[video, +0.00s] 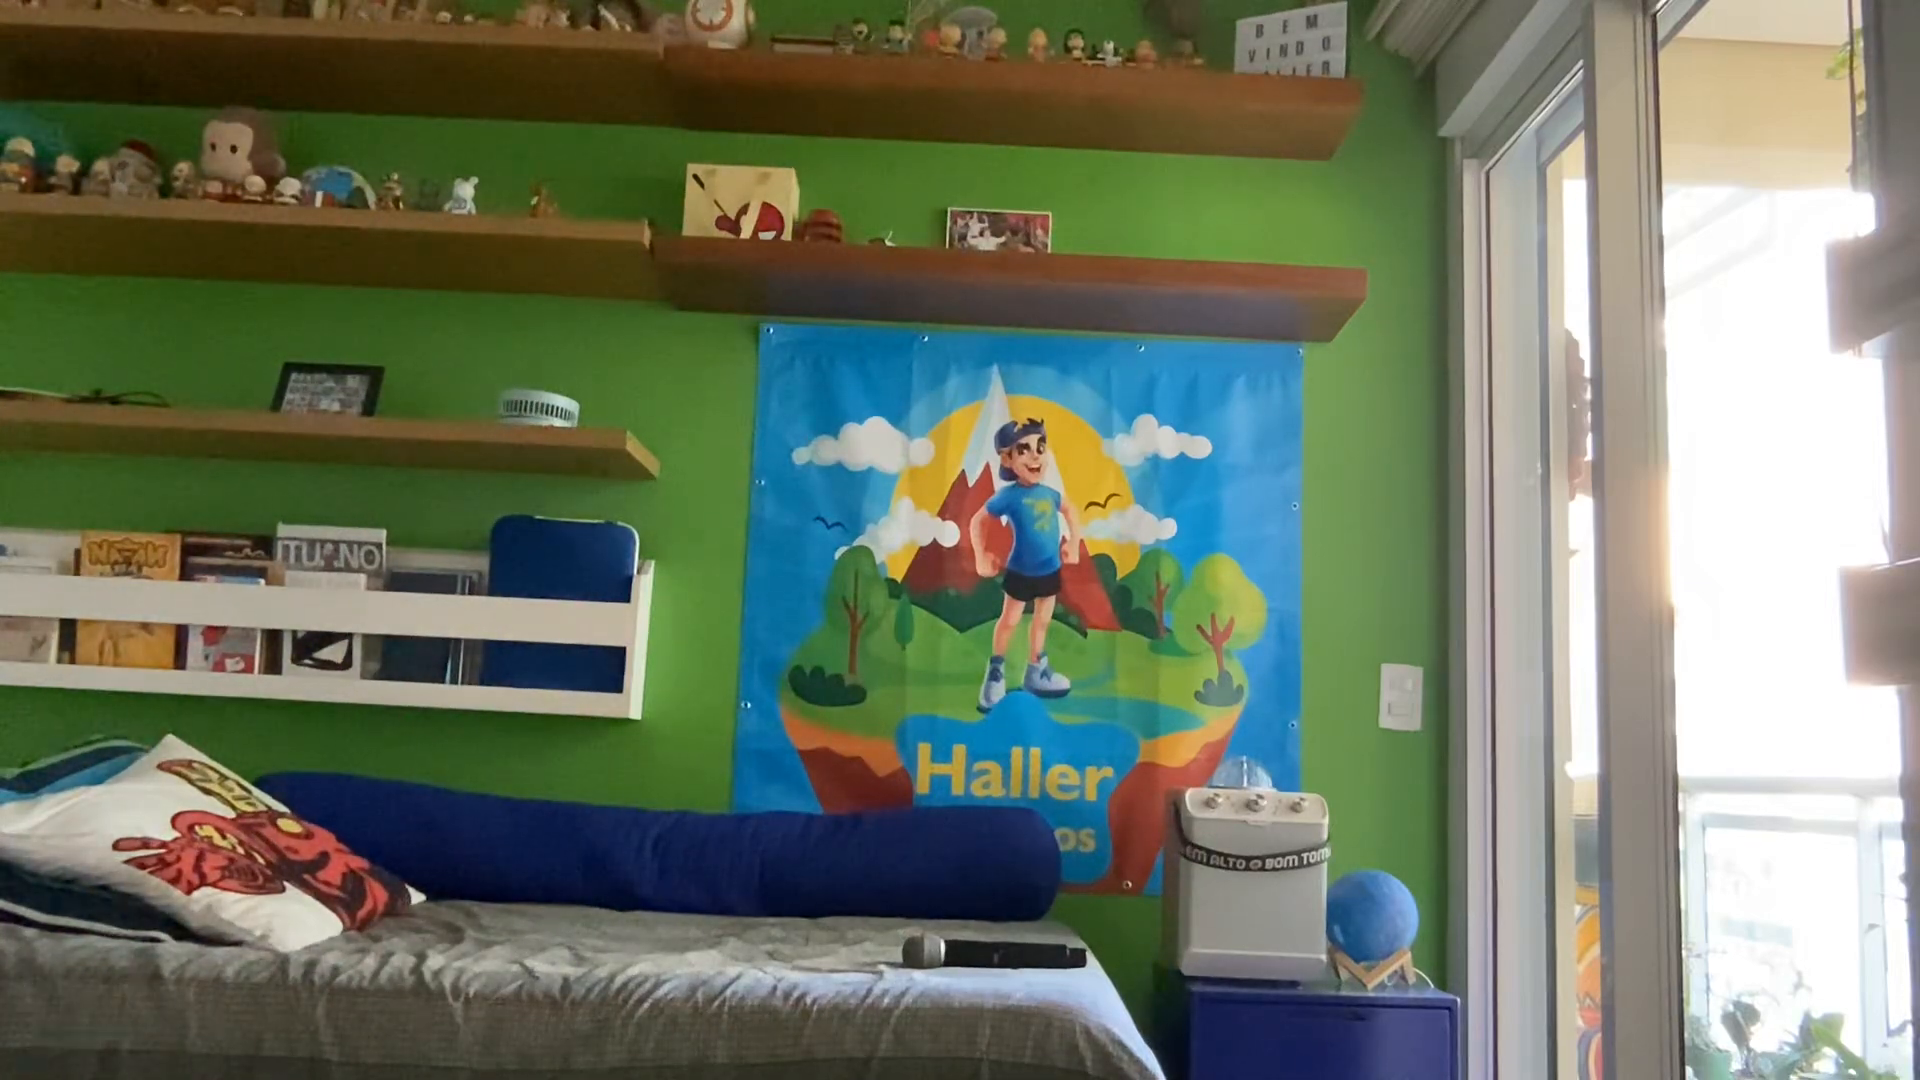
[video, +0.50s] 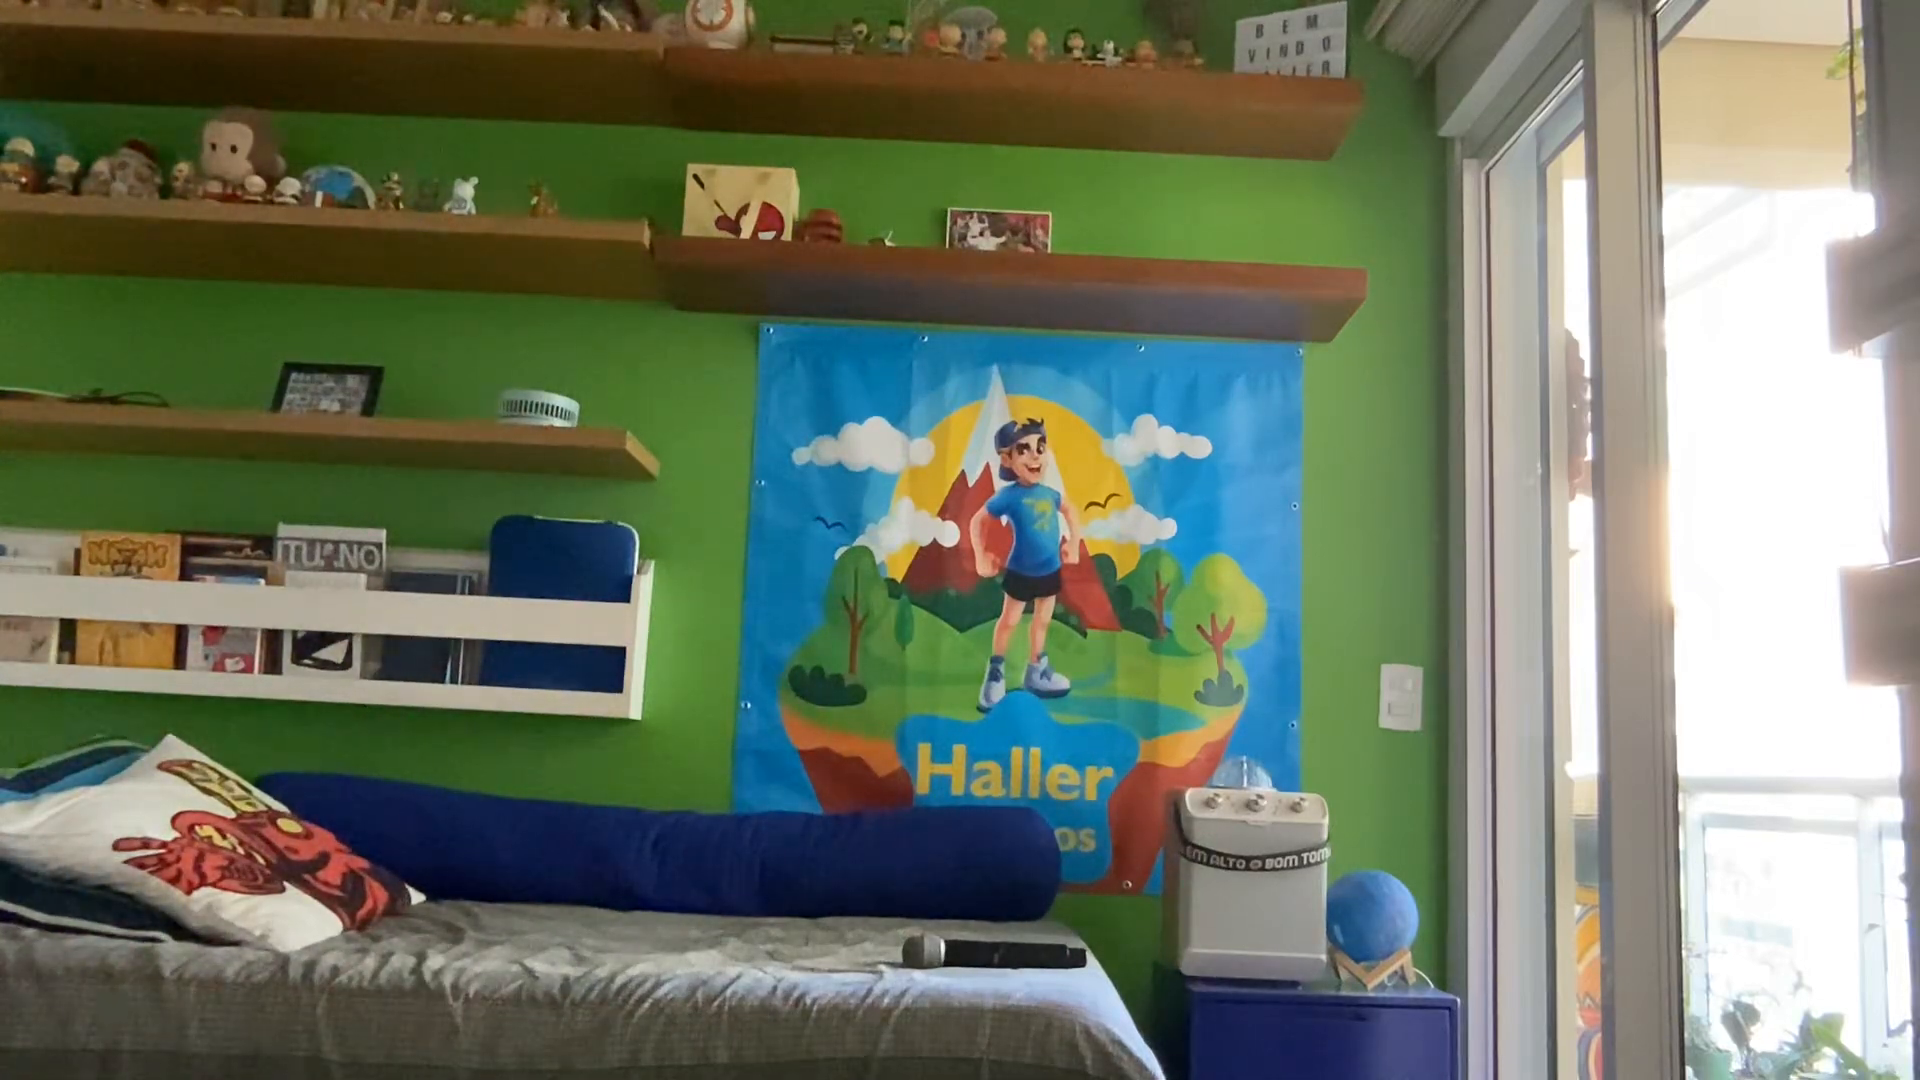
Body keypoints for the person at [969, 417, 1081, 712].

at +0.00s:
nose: (1034, 458)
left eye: (1040, 449)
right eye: (1024, 450)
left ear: (1046, 455)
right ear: (1008, 459)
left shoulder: (1050, 494)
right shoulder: (1007, 496)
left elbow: (1071, 513)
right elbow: (977, 521)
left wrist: (1074, 543)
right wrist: (980, 555)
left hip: (1049, 570)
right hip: (1020, 572)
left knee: (1043, 618)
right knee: (1010, 619)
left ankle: (1036, 670)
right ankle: (996, 671)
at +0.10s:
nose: (1034, 457)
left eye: (1039, 449)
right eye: (1024, 450)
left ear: (1046, 455)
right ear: (1008, 459)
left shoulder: (1050, 494)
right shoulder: (1007, 496)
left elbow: (1070, 513)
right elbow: (977, 521)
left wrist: (1074, 542)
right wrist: (980, 555)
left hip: (1049, 570)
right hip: (1020, 572)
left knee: (1043, 619)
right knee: (1010, 620)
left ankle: (1036, 670)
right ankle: (996, 670)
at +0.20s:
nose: (1034, 458)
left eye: (1039, 449)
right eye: (1024, 450)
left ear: (1046, 455)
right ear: (1007, 459)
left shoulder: (1050, 494)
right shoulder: (1007, 496)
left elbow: (1070, 513)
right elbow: (977, 521)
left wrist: (1074, 542)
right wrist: (980, 555)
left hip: (1049, 570)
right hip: (1020, 572)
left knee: (1043, 619)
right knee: (1010, 620)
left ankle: (1036, 670)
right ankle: (996, 670)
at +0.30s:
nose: (1034, 458)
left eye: (1039, 449)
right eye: (1024, 450)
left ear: (1046, 455)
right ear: (1007, 459)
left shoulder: (1050, 494)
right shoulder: (1007, 496)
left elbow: (1070, 513)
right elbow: (977, 521)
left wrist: (1074, 542)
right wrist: (980, 555)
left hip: (1049, 570)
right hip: (1020, 572)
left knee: (1043, 619)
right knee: (1010, 620)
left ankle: (1036, 670)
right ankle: (996, 670)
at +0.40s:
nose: (1034, 458)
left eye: (1039, 449)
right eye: (1024, 450)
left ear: (1046, 455)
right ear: (1007, 459)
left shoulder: (1050, 494)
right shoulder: (1007, 496)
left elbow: (1071, 513)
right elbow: (977, 521)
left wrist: (1074, 543)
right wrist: (980, 555)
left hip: (1049, 570)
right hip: (1020, 572)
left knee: (1043, 619)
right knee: (1010, 619)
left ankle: (1036, 670)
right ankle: (995, 672)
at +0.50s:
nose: (1034, 457)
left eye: (1039, 449)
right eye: (1024, 450)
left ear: (1046, 455)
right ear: (1007, 459)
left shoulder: (1050, 494)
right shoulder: (1007, 496)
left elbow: (1070, 513)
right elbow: (977, 521)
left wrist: (1074, 542)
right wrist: (980, 555)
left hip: (1049, 571)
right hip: (1020, 572)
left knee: (1043, 619)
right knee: (1009, 620)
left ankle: (1036, 670)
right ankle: (996, 671)